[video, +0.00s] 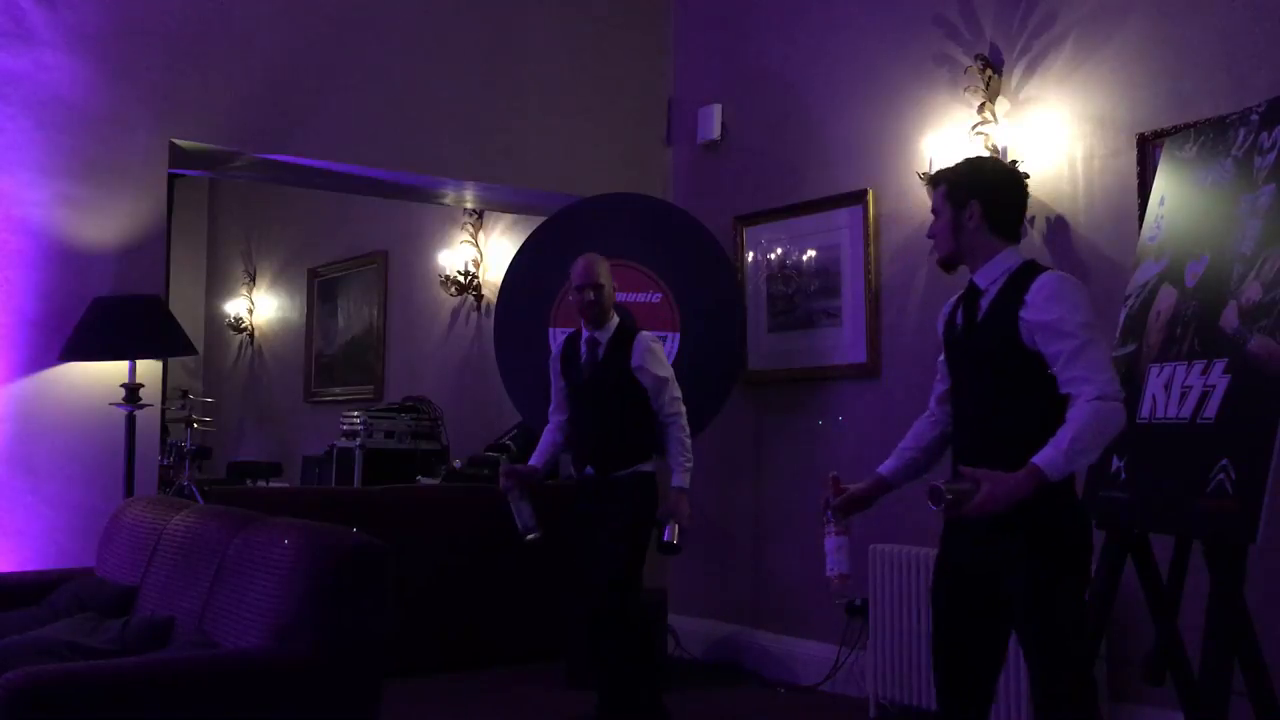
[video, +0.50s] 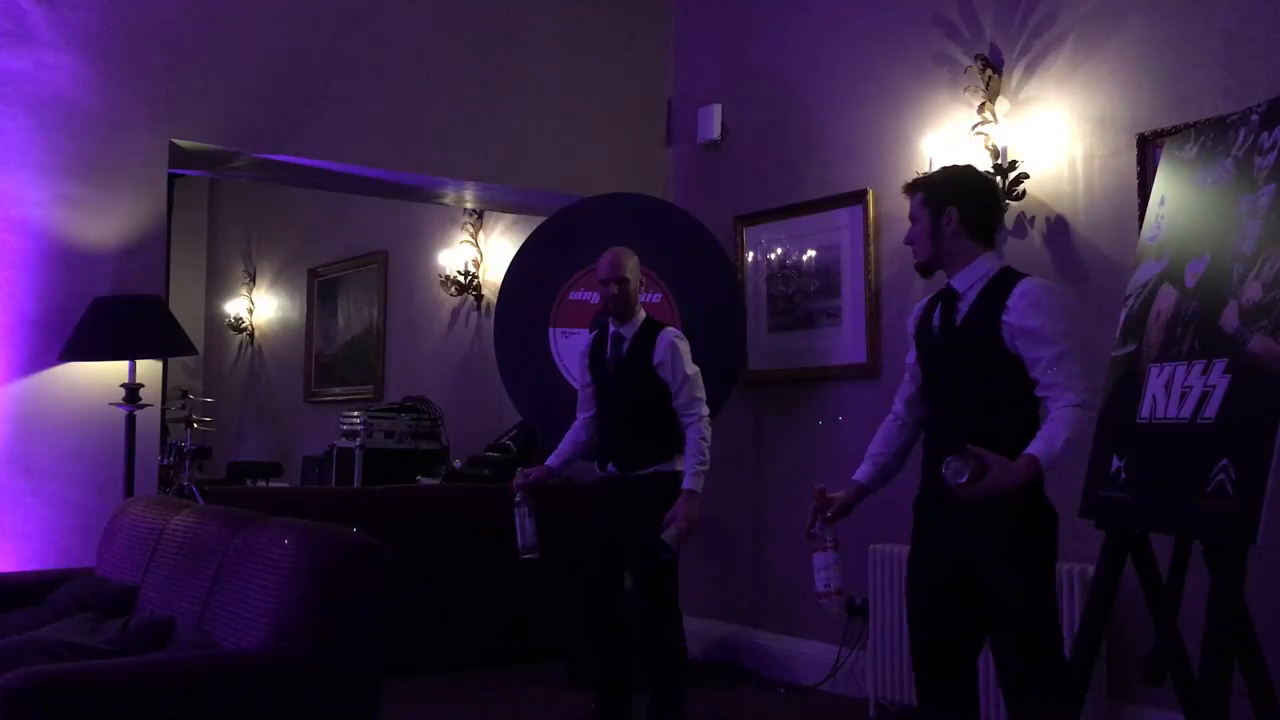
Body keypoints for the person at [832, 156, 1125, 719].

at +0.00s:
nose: (929, 229)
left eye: (936, 213)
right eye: (931, 215)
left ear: (972, 216)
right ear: (974, 219)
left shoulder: (1049, 294)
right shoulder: (957, 315)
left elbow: (1102, 405)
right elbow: (942, 416)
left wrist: (1025, 479)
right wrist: (875, 485)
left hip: (1041, 526)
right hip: (969, 525)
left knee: (1060, 696)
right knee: (960, 694)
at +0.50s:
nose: (906, 237)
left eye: (914, 221)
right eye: (908, 223)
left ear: (951, 224)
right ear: (952, 226)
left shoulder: (1027, 299)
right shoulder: (926, 317)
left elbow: (1070, 400)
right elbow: (905, 416)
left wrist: (1024, 468)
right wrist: (855, 489)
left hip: (1011, 518)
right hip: (939, 519)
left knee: (1031, 682)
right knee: (940, 683)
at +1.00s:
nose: (915, 245)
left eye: (924, 230)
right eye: (913, 232)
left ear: (969, 224)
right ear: (958, 228)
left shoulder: (1039, 294)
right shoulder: (936, 318)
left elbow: (1090, 398)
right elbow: (900, 417)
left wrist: (1039, 455)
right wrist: (837, 494)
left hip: (1031, 517)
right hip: (958, 518)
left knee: (1042, 684)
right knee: (953, 684)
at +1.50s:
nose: (959, 209)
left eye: (972, 198)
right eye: (964, 196)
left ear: (1016, 212)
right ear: (1006, 214)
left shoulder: (1056, 304)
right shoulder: (976, 294)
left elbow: (1064, 432)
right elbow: (886, 309)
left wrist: (983, 520)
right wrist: (816, 241)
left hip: (1030, 530)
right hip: (967, 525)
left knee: (1040, 697)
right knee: (954, 690)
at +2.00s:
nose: (953, 218)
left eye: (968, 206)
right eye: (954, 205)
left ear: (1013, 215)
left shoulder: (1040, 300)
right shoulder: (960, 294)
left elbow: (1041, 428)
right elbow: (926, 381)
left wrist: (959, 444)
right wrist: (929, 420)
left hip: (1033, 503)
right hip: (973, 497)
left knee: (1038, 677)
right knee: (948, 667)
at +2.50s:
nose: (957, 222)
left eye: (968, 207)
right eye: (959, 208)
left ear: (1011, 214)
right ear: (1004, 217)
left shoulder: (1054, 304)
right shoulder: (983, 294)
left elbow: (1037, 427)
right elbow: (925, 339)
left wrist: (929, 432)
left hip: (1034, 511)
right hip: (979, 504)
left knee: (1038, 679)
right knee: (956, 673)